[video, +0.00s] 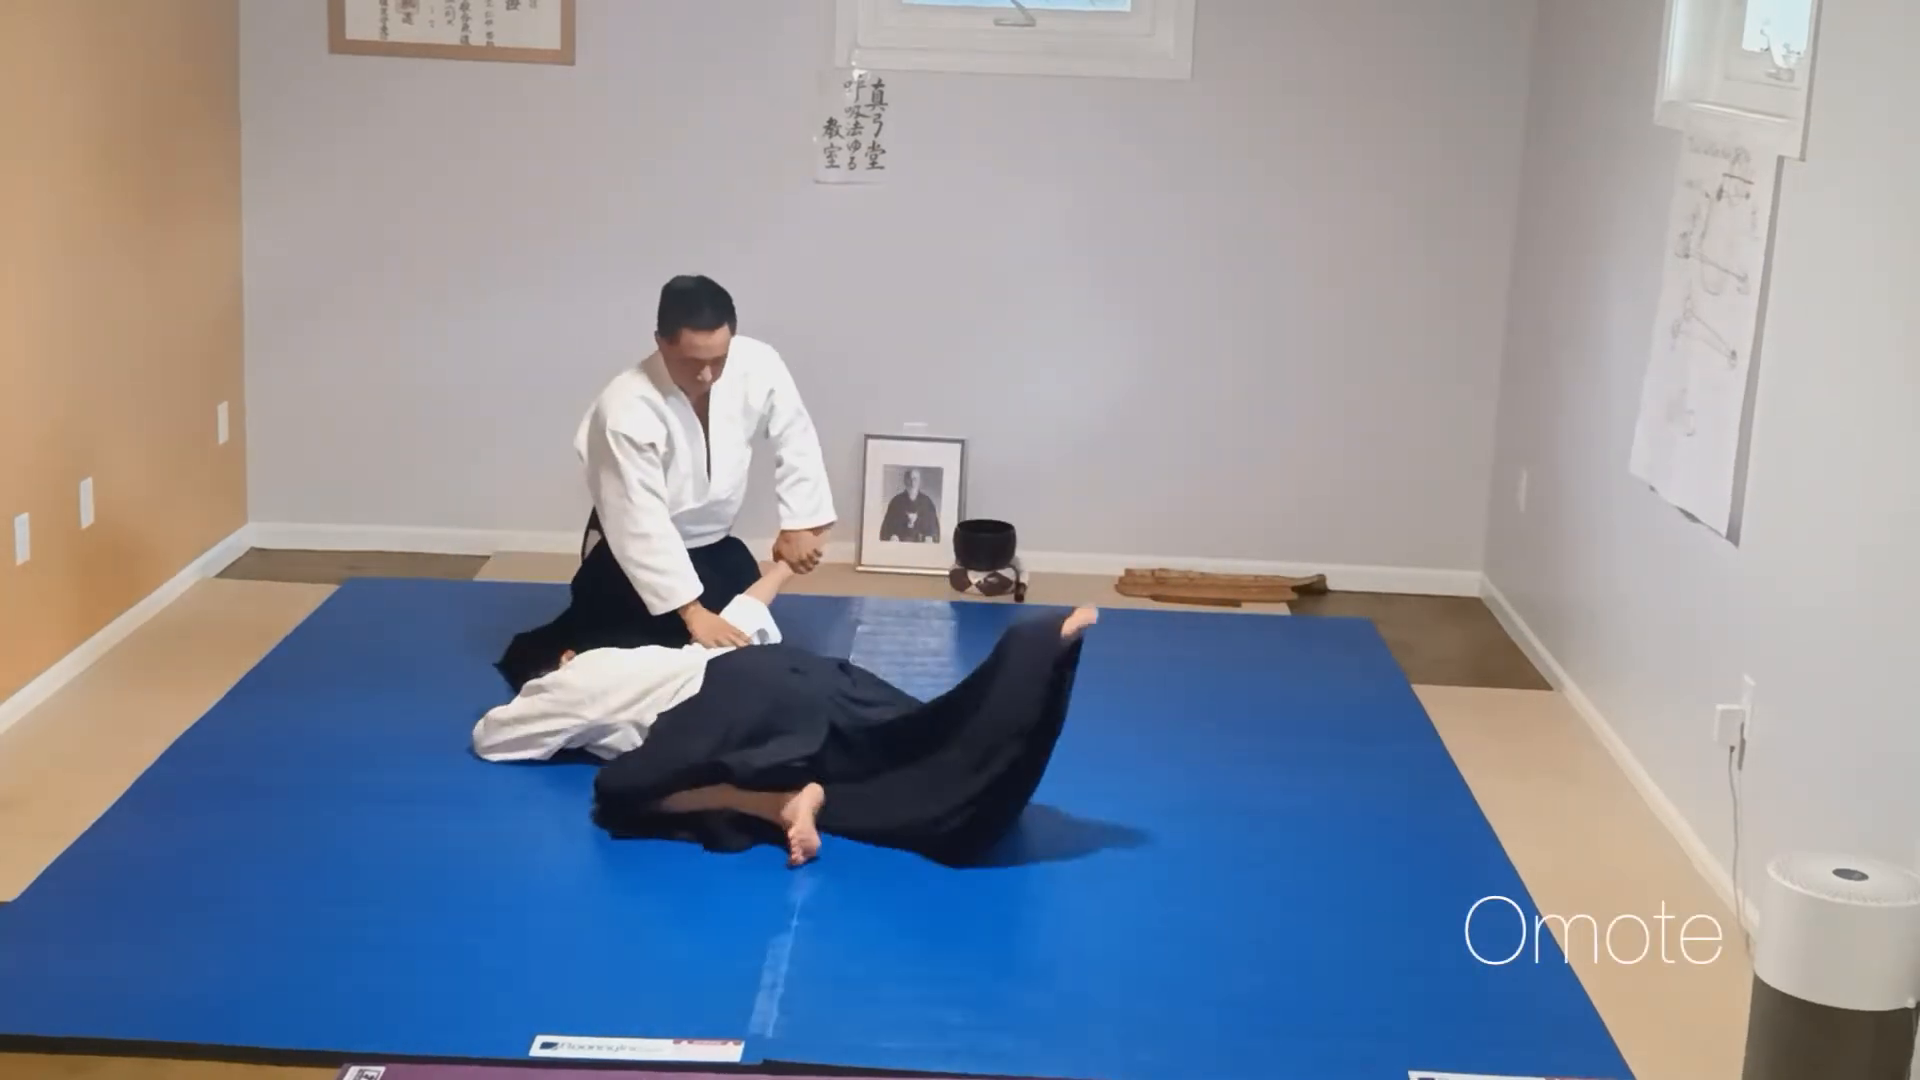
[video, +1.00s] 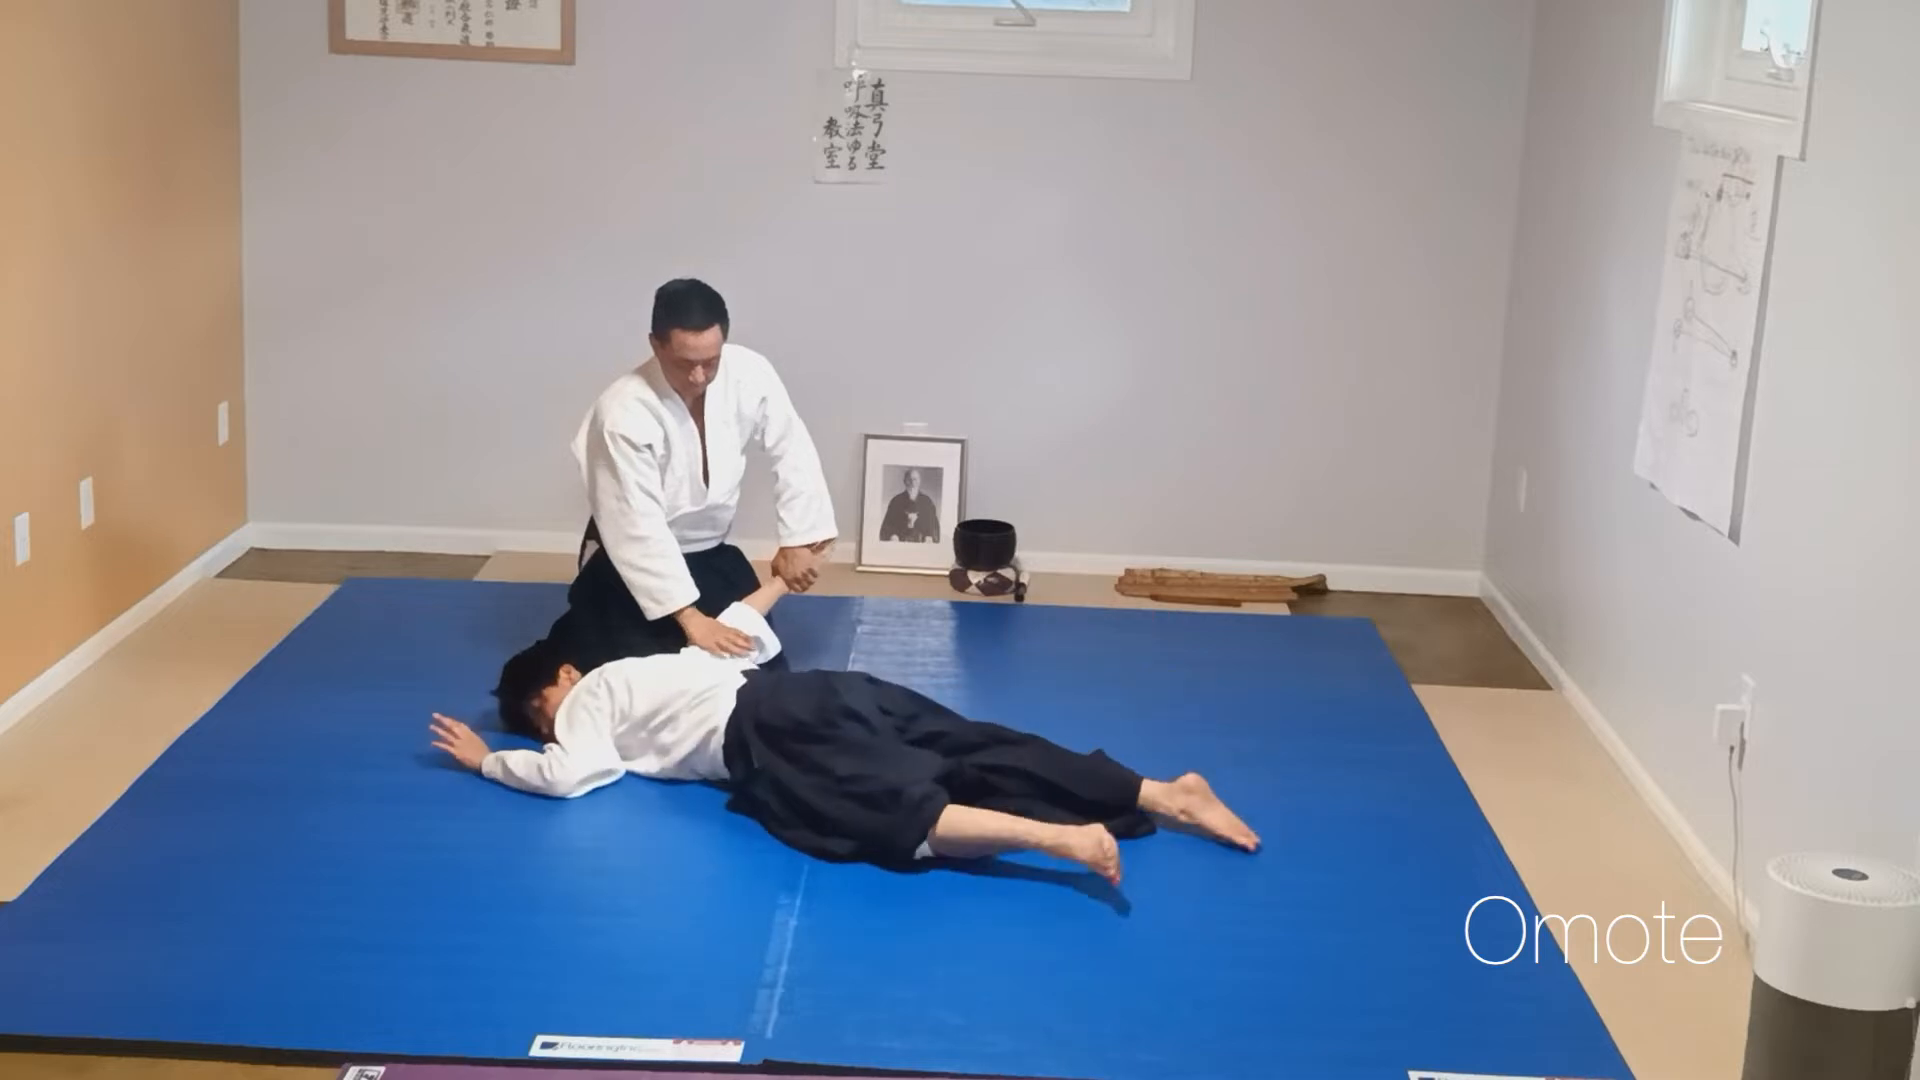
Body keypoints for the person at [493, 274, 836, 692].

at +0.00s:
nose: (708, 375)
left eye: (718, 361)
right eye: (694, 364)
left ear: (730, 339)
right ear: (662, 343)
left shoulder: (758, 367)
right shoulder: (626, 412)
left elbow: (797, 443)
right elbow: (638, 525)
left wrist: (798, 525)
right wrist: (694, 611)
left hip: (717, 552)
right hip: (635, 563)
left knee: (751, 644)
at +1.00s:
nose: (700, 375)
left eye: (710, 361)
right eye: (686, 364)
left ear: (723, 339)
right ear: (657, 345)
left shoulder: (749, 374)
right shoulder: (623, 416)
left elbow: (792, 451)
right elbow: (634, 528)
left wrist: (796, 541)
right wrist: (691, 616)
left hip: (714, 565)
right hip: (630, 573)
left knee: (760, 672)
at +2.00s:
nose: (661, 427)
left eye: (676, 414)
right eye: (649, 412)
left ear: (700, 399)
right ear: (634, 388)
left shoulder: (733, 413)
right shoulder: (605, 455)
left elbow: (795, 471)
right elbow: (652, 554)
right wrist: (730, 506)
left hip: (709, 585)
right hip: (616, 588)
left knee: (778, 677)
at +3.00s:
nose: (616, 455)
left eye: (634, 448)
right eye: (609, 439)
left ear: (669, 435)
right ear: (600, 416)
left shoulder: (722, 445)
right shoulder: (579, 475)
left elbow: (740, 548)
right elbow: (619, 575)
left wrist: (667, 597)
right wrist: (700, 519)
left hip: (701, 590)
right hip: (607, 596)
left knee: (783, 671)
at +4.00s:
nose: (829, 343)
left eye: (830, 331)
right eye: (823, 331)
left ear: (772, 336)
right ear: (790, 340)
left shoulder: (802, 401)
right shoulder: (748, 419)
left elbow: (886, 383)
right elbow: (716, 537)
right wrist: (724, 668)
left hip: (724, 620)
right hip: (665, 637)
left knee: (774, 776)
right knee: (744, 821)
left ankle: (613, 769)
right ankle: (580, 805)